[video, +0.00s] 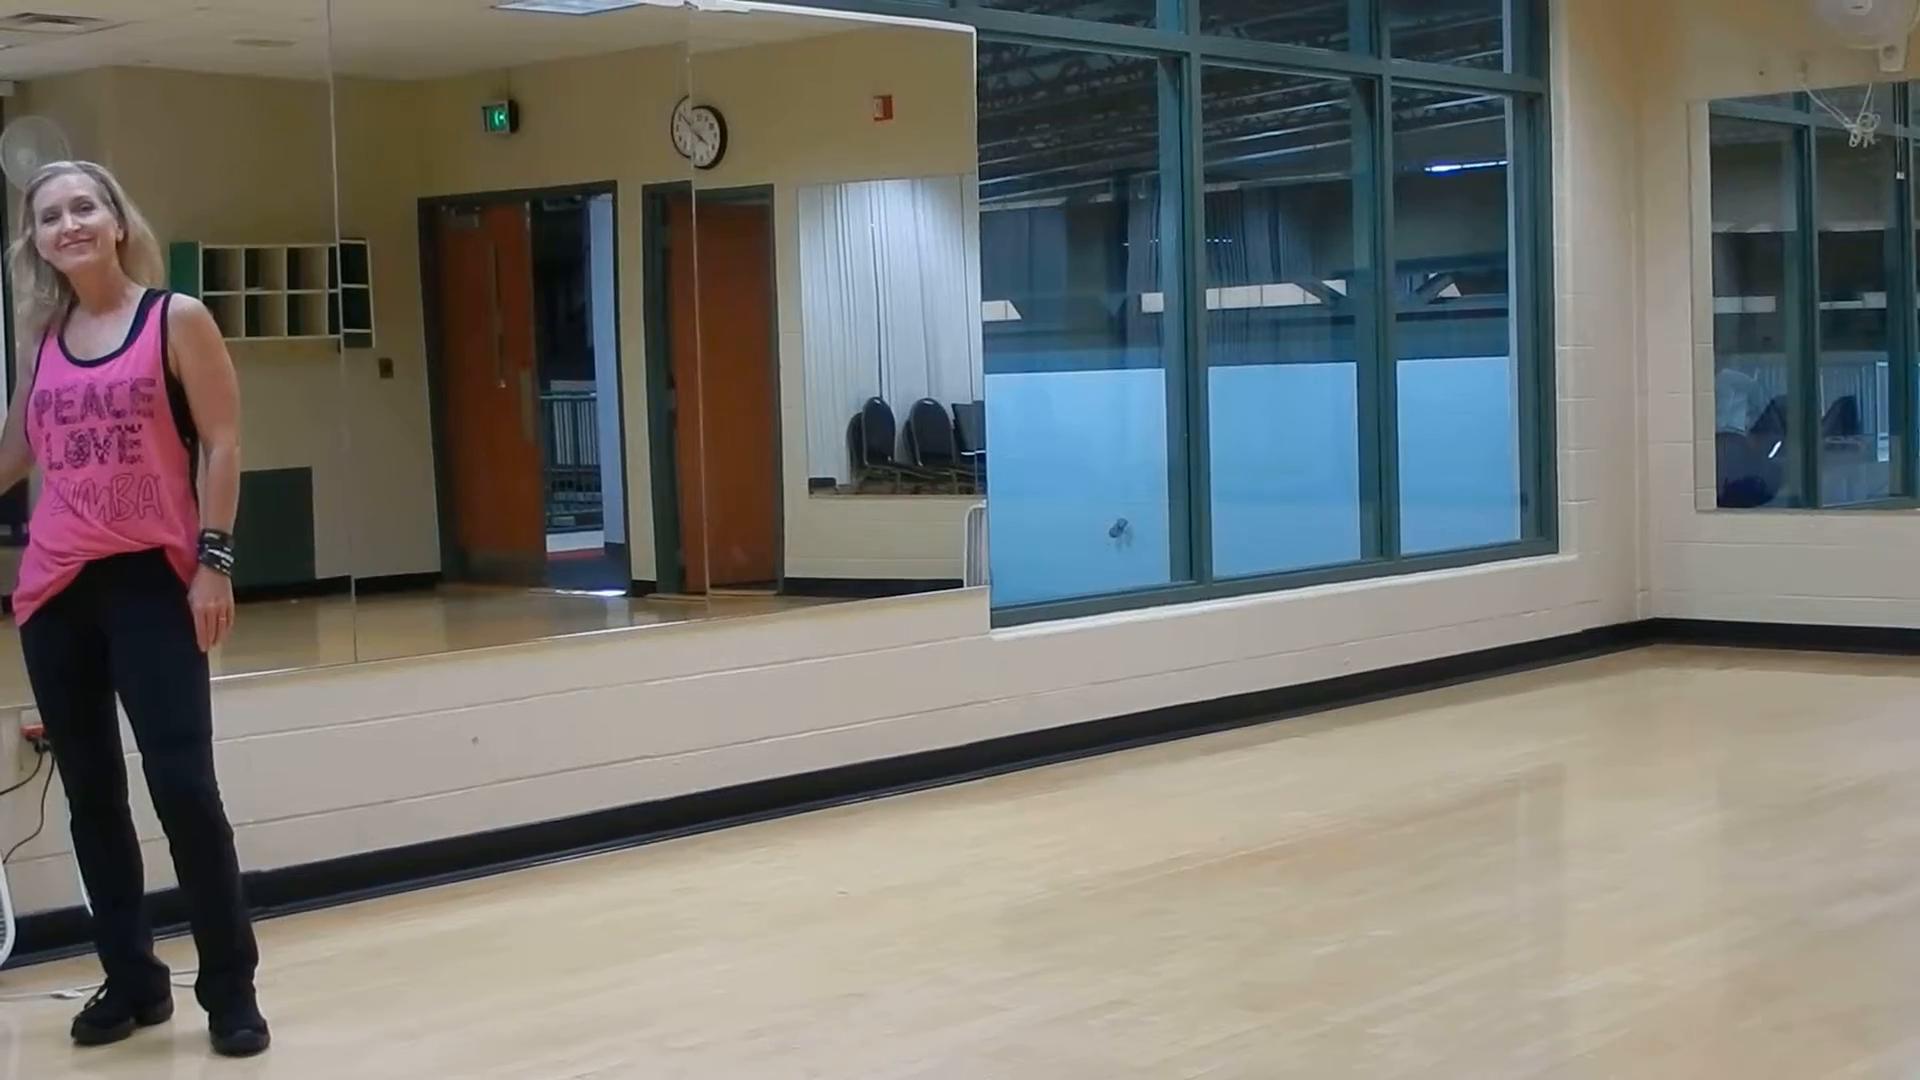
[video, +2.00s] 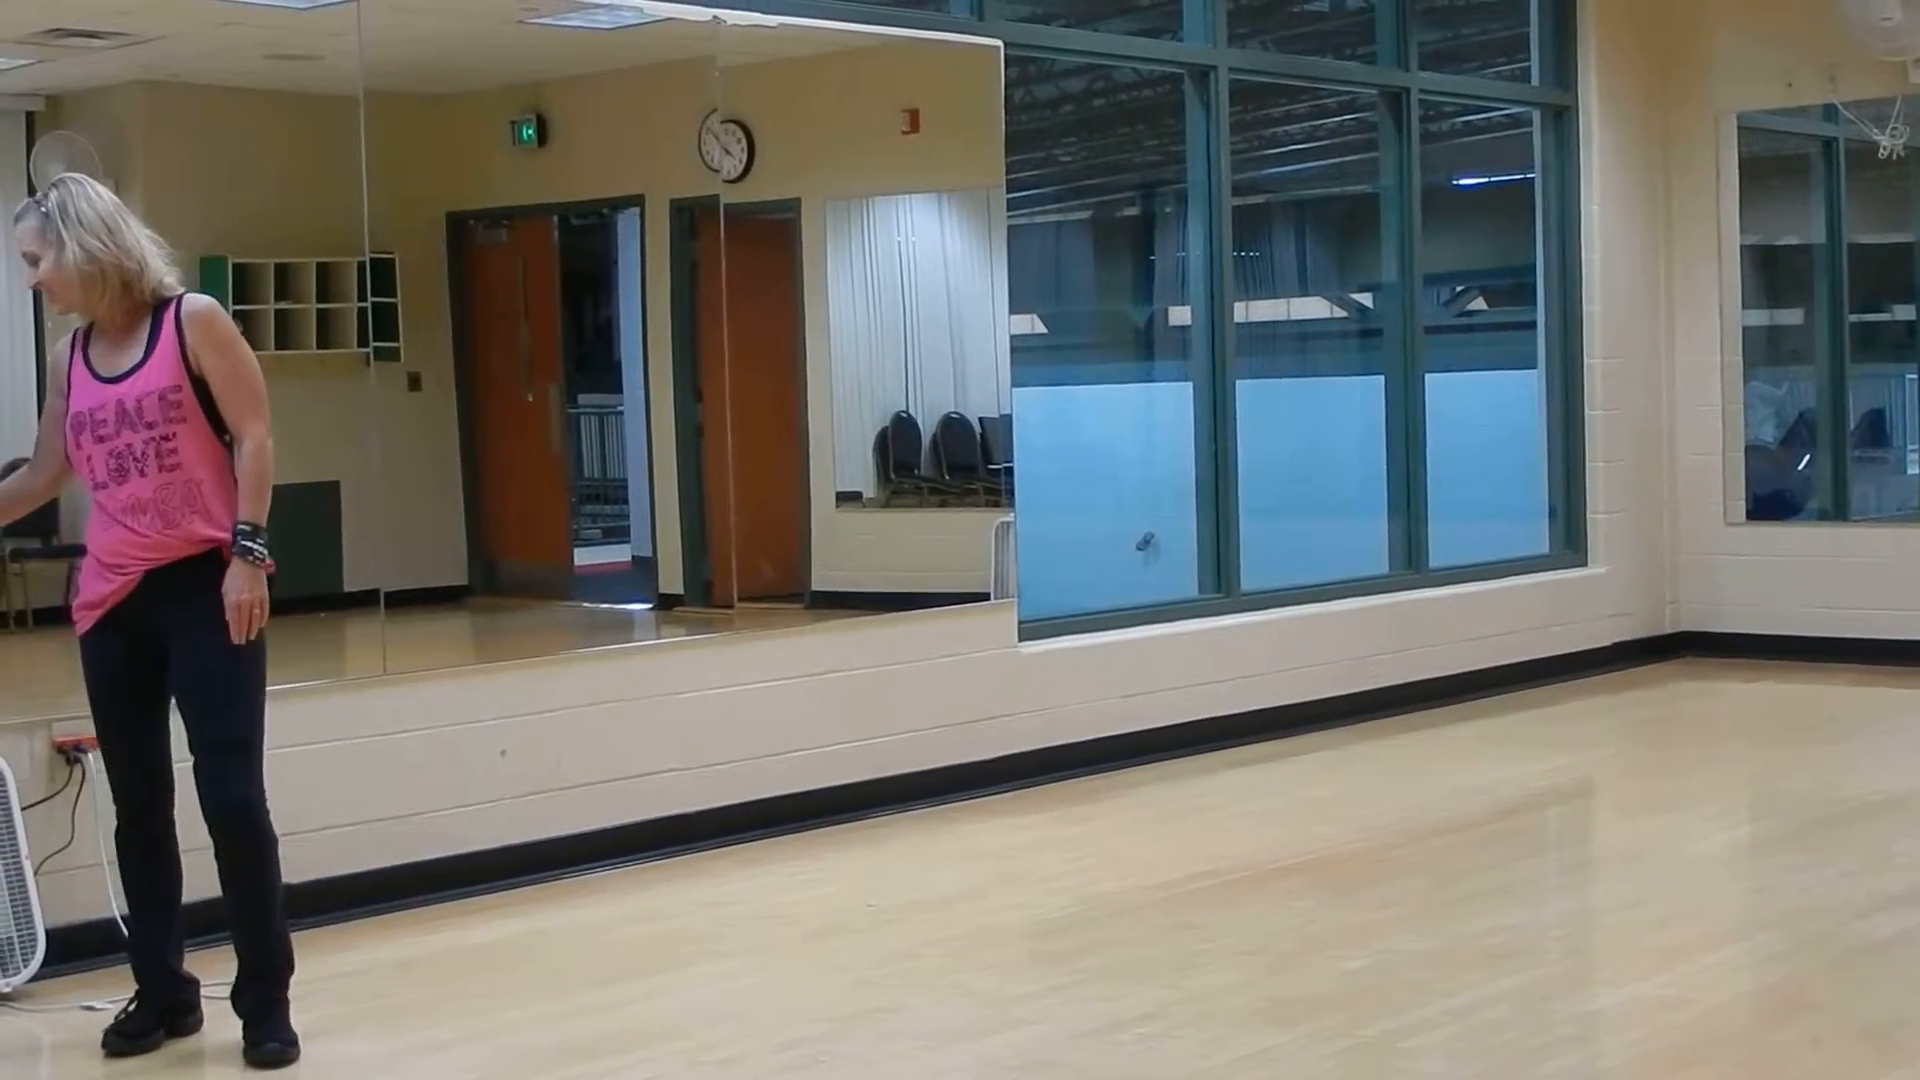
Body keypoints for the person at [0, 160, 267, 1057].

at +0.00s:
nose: (70, 224)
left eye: (84, 207)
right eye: (52, 216)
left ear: (120, 222)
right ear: (37, 242)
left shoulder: (177, 318)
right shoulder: (42, 341)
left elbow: (222, 443)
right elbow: (15, 458)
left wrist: (216, 562)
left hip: (153, 580)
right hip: (53, 585)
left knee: (182, 789)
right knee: (93, 797)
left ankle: (231, 991)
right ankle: (133, 980)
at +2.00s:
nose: (32, 281)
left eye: (38, 260)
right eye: (27, 265)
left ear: (88, 249)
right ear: (73, 260)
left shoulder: (193, 320)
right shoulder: (72, 353)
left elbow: (255, 435)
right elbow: (49, 469)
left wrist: (250, 553)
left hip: (207, 584)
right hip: (113, 595)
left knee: (233, 799)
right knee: (139, 803)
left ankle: (266, 1002)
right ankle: (164, 992)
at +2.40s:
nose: (84, 267)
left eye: (95, 246)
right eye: (77, 252)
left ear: (149, 240)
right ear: (96, 259)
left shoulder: (235, 314)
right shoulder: (120, 357)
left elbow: (295, 424)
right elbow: (122, 479)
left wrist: (278, 542)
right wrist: (22, 470)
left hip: (267, 574)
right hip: (174, 593)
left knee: (326, 778)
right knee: (175, 798)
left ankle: (388, 966)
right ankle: (167, 989)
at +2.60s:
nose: (200, 250)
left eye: (219, 233)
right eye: (190, 236)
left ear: (263, 242)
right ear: (178, 254)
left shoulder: (323, 325)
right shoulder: (186, 361)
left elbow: (376, 434)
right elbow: (144, 477)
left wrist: (384, 545)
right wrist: (35, 465)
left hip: (346, 579)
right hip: (246, 598)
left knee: (406, 778)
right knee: (213, 797)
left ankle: (447, 958)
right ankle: (175, 990)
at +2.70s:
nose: (281, 250)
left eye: (299, 235)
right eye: (266, 238)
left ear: (332, 251)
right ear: (245, 260)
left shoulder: (384, 339)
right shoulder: (233, 372)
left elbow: (433, 455)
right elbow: (186, 482)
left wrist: (454, 556)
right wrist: (80, 469)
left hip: (406, 589)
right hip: (305, 608)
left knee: (446, 787)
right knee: (249, 798)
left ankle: (448, 966)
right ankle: (180, 988)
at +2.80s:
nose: (351, 250)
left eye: (366, 238)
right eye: (334, 239)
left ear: (390, 257)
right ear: (304, 261)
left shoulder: (433, 345)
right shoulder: (285, 374)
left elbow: (478, 457)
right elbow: (243, 483)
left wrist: (511, 559)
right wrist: (174, 502)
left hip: (454, 591)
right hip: (359, 608)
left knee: (474, 786)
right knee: (305, 798)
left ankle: (449, 969)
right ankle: (212, 987)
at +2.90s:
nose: (408, 238)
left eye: (420, 226)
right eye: (388, 226)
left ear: (439, 248)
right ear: (354, 249)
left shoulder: (469, 334)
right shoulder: (331, 357)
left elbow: (506, 445)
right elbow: (295, 466)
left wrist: (543, 548)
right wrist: (277, 530)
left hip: (480, 586)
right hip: (391, 599)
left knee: (479, 791)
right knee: (386, 793)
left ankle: (448, 968)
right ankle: (308, 973)